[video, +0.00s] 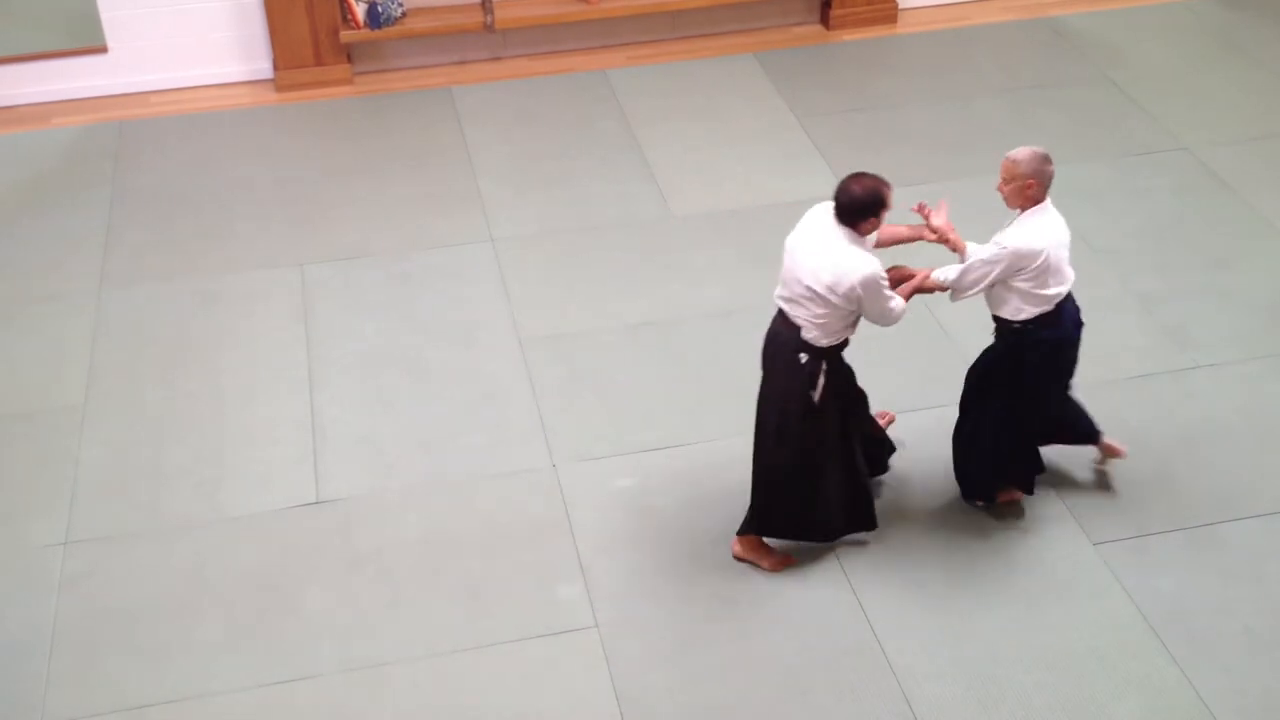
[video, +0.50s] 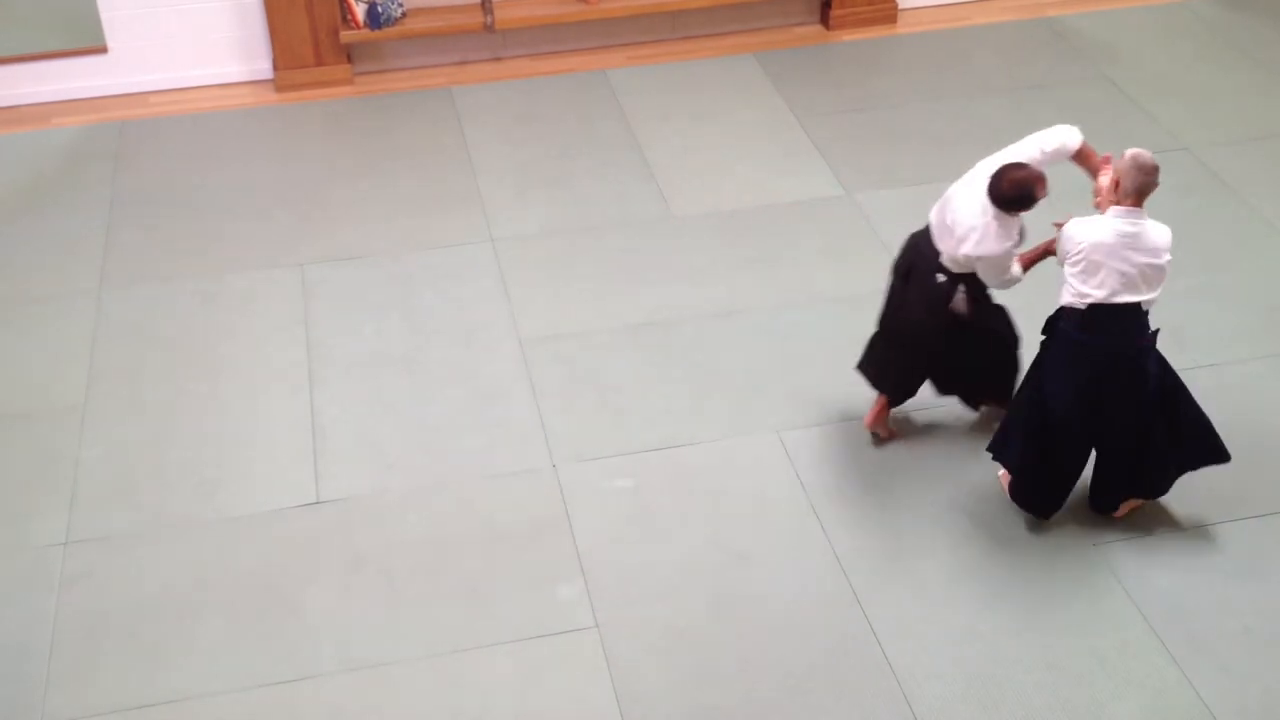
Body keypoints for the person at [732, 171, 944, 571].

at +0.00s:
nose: (889, 212)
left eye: (887, 205)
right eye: (886, 207)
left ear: (842, 203)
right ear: (870, 220)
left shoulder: (820, 213)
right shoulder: (861, 270)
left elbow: (871, 236)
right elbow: (887, 314)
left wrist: (926, 232)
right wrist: (916, 283)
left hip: (784, 332)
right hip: (806, 360)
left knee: (844, 397)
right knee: (786, 446)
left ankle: (864, 437)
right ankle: (749, 537)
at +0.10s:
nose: (924, 209)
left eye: (922, 202)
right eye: (921, 206)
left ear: (876, 189)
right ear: (903, 220)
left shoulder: (856, 199)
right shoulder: (886, 267)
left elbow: (905, 216)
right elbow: (903, 311)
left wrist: (948, 220)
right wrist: (930, 274)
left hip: (808, 314)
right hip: (832, 344)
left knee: (855, 403)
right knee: (808, 432)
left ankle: (878, 456)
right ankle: (760, 517)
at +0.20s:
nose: (955, 207)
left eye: (957, 198)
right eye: (952, 202)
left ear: (918, 178)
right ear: (936, 218)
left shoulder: (898, 183)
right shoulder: (911, 261)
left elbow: (949, 194)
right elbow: (920, 301)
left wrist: (986, 211)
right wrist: (950, 263)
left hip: (830, 289)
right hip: (850, 320)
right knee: (856, 406)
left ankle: (869, 458)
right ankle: (795, 480)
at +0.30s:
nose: (991, 187)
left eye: (987, 183)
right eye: (988, 191)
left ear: (955, 176)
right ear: (970, 211)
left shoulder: (940, 170)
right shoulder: (935, 249)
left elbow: (987, 168)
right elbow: (943, 288)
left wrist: (1021, 196)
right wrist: (985, 256)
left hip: (853, 268)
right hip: (873, 302)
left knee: (857, 367)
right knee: (900, 370)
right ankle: (850, 450)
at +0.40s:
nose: (1019, 181)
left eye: (1013, 180)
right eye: (1017, 188)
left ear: (984, 170)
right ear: (999, 209)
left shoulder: (974, 165)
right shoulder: (965, 241)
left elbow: (1028, 149)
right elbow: (969, 279)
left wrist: (1063, 182)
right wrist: (1014, 249)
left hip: (882, 254)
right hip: (907, 289)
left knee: (885, 348)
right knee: (954, 353)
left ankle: (867, 426)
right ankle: (929, 425)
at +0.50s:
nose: (1044, 179)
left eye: (1038, 177)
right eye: (1040, 186)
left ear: (1018, 167)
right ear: (1023, 209)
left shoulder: (1006, 162)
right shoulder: (993, 242)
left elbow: (1068, 137)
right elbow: (1000, 279)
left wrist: (1101, 173)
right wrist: (1045, 251)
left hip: (921, 246)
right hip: (946, 284)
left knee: (912, 341)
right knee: (999, 339)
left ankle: (878, 416)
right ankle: (999, 406)